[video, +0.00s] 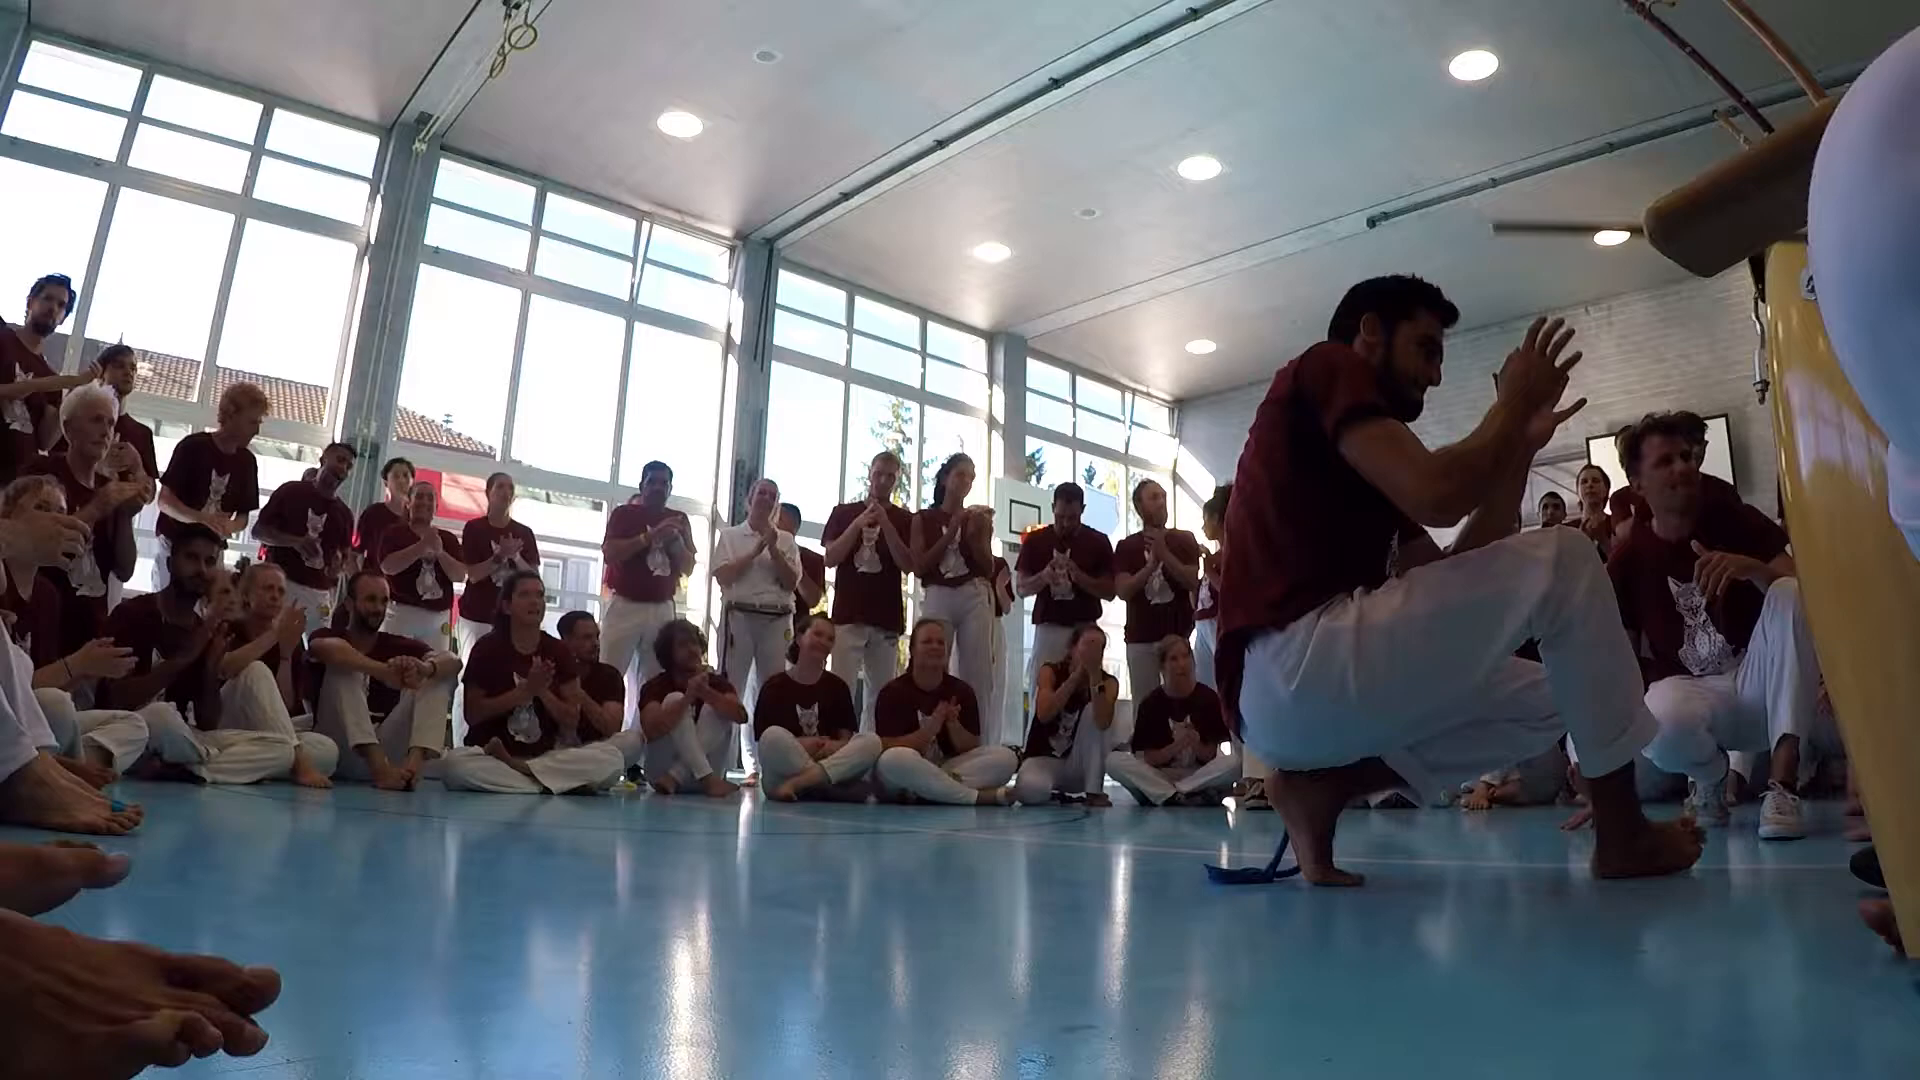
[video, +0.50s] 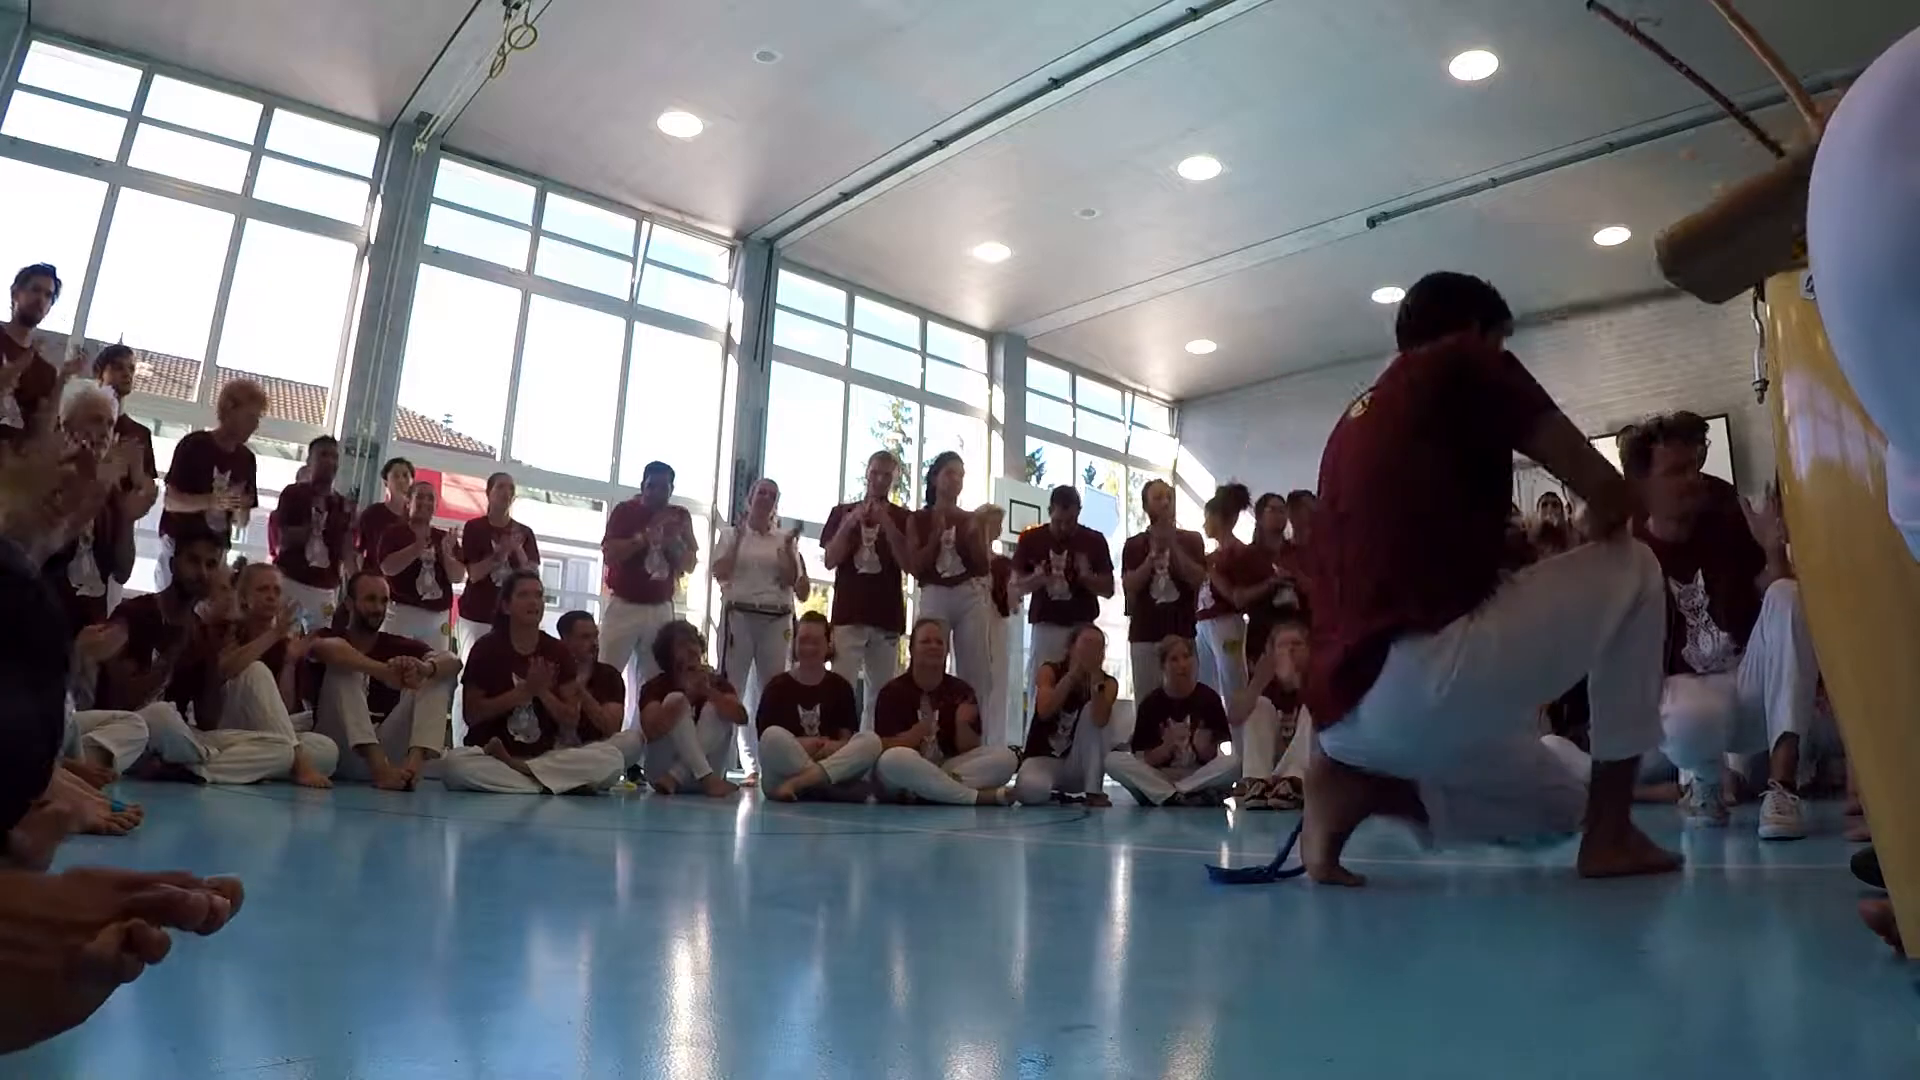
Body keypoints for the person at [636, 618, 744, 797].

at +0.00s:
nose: (693, 650)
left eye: (695, 643)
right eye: (683, 646)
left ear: (702, 647)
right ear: (668, 653)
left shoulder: (717, 682)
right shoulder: (654, 686)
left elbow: (741, 716)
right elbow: (651, 730)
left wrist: (707, 693)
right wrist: (688, 698)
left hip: (709, 772)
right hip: (664, 773)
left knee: (717, 706)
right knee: (674, 700)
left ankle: (675, 776)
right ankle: (709, 778)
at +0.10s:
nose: (692, 650)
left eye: (695, 643)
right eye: (683, 646)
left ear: (702, 647)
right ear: (668, 653)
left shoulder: (716, 682)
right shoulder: (654, 686)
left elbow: (741, 716)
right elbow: (650, 731)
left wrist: (709, 693)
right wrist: (688, 698)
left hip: (709, 772)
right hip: (664, 772)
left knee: (717, 706)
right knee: (674, 700)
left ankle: (675, 776)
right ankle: (709, 778)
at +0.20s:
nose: (692, 649)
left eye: (694, 643)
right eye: (683, 646)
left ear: (701, 647)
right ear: (668, 653)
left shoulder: (716, 681)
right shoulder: (654, 686)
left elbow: (741, 717)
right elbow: (650, 731)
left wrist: (708, 690)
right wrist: (685, 690)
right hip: (664, 772)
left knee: (719, 705)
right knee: (675, 700)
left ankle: (675, 776)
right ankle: (708, 778)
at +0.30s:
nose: (692, 649)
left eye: (695, 642)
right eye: (683, 645)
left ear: (702, 647)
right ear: (669, 653)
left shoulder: (716, 681)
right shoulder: (654, 686)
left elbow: (741, 718)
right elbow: (650, 731)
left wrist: (712, 693)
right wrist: (680, 694)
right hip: (664, 773)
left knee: (718, 706)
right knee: (675, 701)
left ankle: (675, 776)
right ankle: (708, 778)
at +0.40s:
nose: (691, 650)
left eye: (694, 642)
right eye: (682, 646)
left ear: (702, 647)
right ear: (668, 655)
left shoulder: (716, 681)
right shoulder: (654, 687)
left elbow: (741, 718)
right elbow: (651, 732)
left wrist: (715, 693)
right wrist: (678, 694)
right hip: (664, 772)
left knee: (717, 706)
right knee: (676, 702)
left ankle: (675, 776)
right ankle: (708, 777)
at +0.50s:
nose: (690, 649)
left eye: (693, 642)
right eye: (681, 646)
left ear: (701, 646)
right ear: (668, 655)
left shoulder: (716, 682)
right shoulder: (654, 687)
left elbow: (741, 717)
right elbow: (650, 731)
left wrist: (708, 692)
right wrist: (689, 696)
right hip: (664, 773)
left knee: (716, 706)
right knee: (676, 700)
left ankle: (675, 777)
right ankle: (708, 777)